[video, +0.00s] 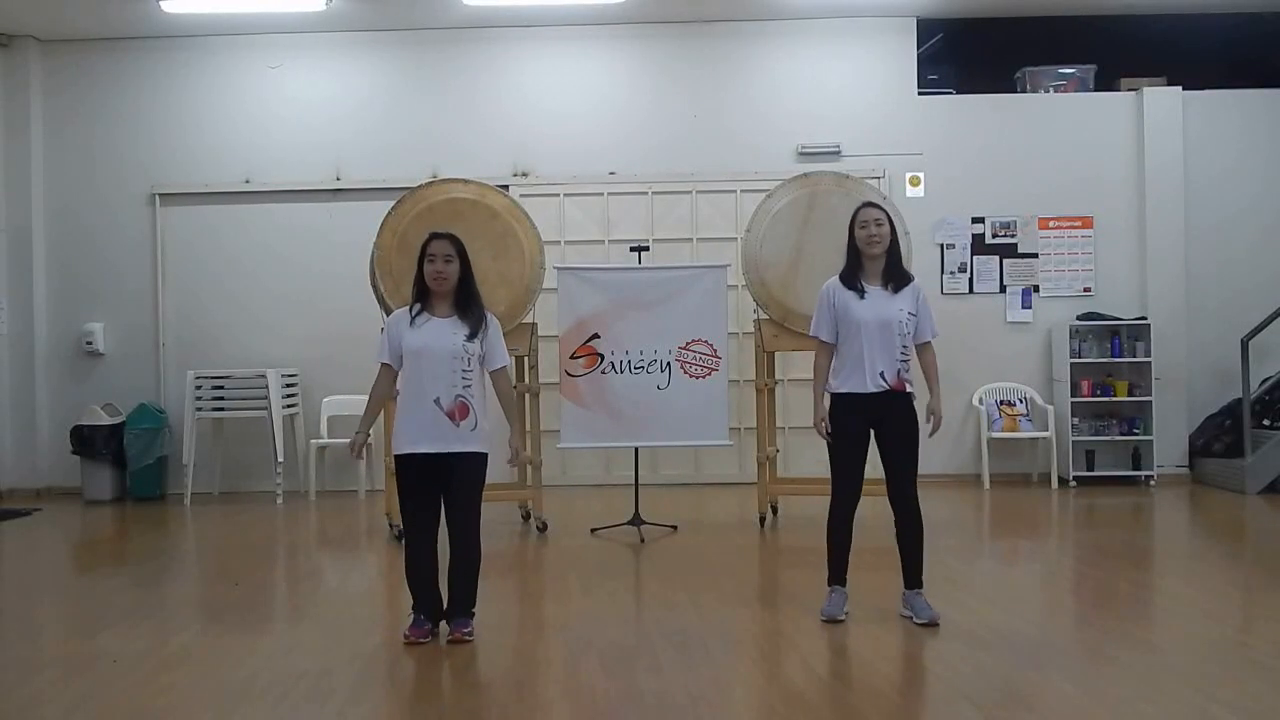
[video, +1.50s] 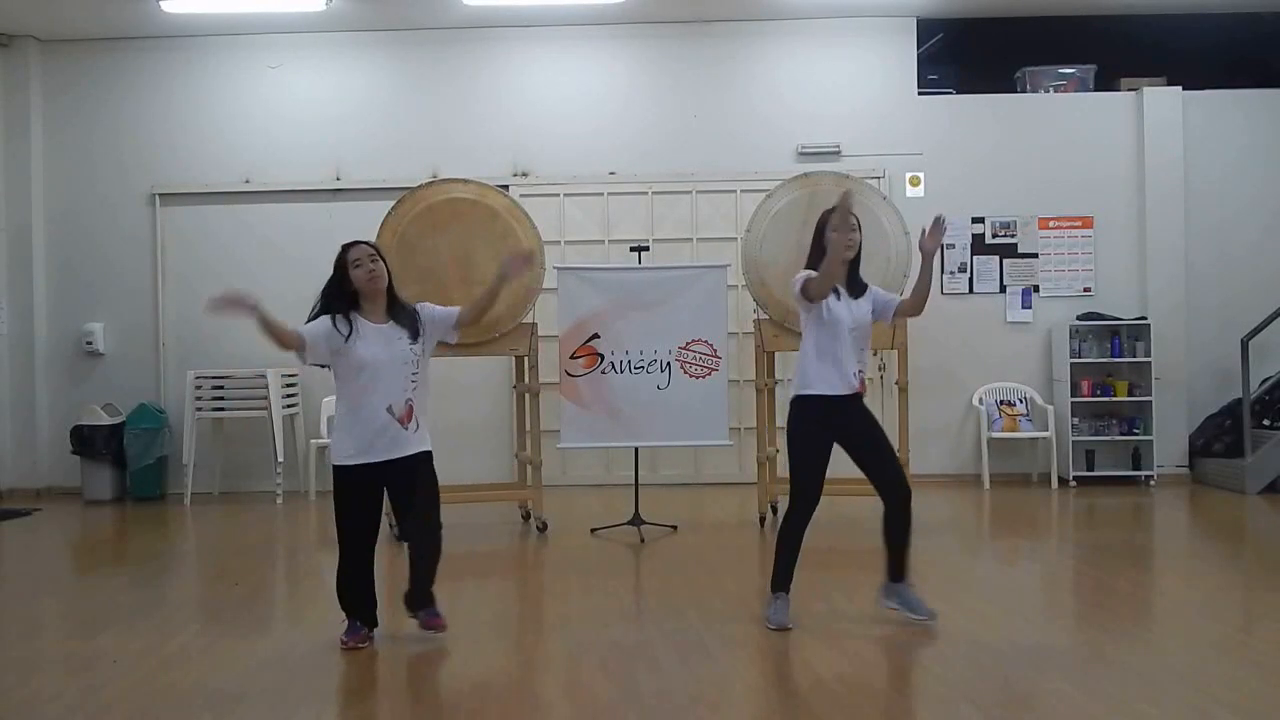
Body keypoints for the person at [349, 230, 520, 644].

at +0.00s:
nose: (439, 267)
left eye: (448, 260)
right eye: (431, 260)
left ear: (462, 267)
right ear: (421, 268)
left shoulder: (483, 322)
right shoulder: (400, 321)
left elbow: (502, 382)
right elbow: (387, 379)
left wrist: (517, 432)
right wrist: (363, 429)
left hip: (467, 447)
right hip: (413, 447)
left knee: (464, 534)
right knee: (418, 535)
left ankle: (461, 615)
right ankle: (424, 614)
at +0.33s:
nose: (436, 265)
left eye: (446, 258)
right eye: (430, 257)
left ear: (461, 268)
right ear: (420, 266)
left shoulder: (480, 322)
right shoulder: (399, 320)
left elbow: (509, 369)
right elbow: (393, 376)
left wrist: (522, 415)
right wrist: (388, 423)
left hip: (465, 445)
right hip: (413, 444)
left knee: (461, 531)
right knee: (418, 532)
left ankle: (461, 614)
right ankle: (424, 612)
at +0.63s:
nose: (425, 268)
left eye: (437, 262)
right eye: (421, 260)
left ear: (453, 274)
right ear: (413, 268)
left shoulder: (467, 324)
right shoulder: (394, 321)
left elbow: (479, 381)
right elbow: (371, 370)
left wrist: (462, 369)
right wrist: (324, 368)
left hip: (453, 448)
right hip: (402, 446)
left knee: (455, 535)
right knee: (385, 524)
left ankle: (459, 616)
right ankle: (401, 592)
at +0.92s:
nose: (398, 262)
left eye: (409, 258)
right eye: (393, 255)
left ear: (423, 273)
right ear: (381, 268)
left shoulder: (433, 319)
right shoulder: (360, 318)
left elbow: (435, 367)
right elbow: (326, 367)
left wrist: (391, 353)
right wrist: (327, 351)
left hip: (419, 448)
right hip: (366, 447)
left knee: (434, 536)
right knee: (362, 537)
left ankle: (457, 614)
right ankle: (359, 619)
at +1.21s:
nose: (369, 261)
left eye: (375, 256)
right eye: (359, 258)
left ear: (389, 268)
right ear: (348, 274)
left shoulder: (418, 320)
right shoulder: (334, 327)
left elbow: (463, 357)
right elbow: (294, 372)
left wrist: (515, 375)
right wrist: (245, 402)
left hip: (400, 446)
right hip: (348, 448)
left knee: (393, 534)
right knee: (351, 538)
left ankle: (394, 614)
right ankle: (358, 618)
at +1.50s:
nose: (370, 266)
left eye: (375, 259)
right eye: (358, 264)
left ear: (387, 269)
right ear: (347, 281)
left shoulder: (416, 318)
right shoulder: (337, 327)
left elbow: (467, 318)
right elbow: (291, 339)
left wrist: (501, 279)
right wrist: (258, 313)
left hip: (411, 449)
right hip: (355, 454)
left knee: (426, 531)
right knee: (356, 544)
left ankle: (422, 600)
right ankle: (359, 620)